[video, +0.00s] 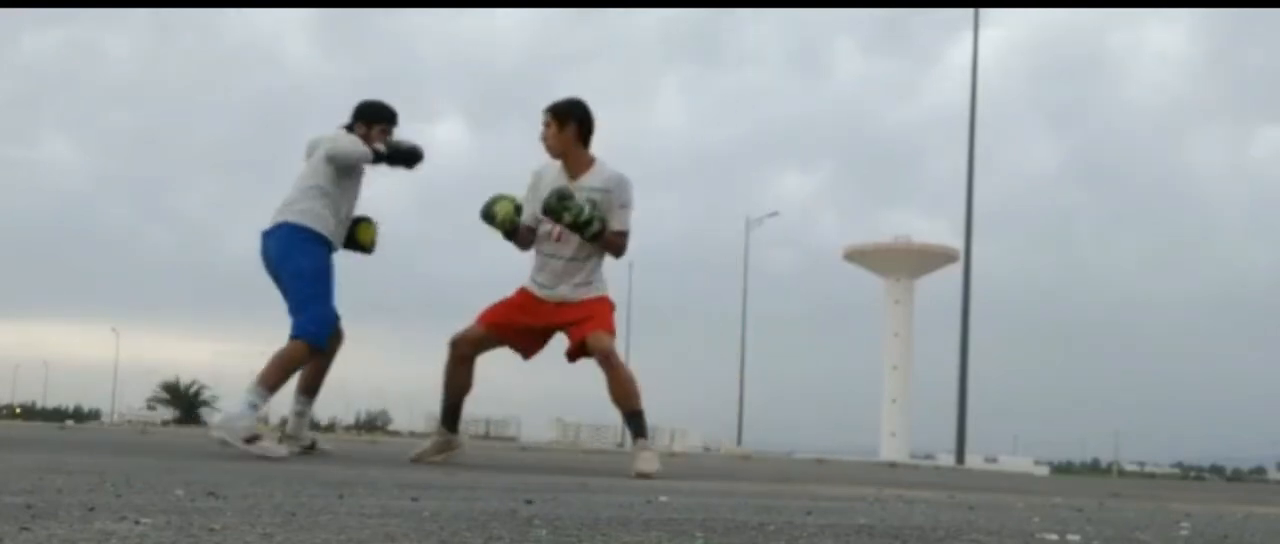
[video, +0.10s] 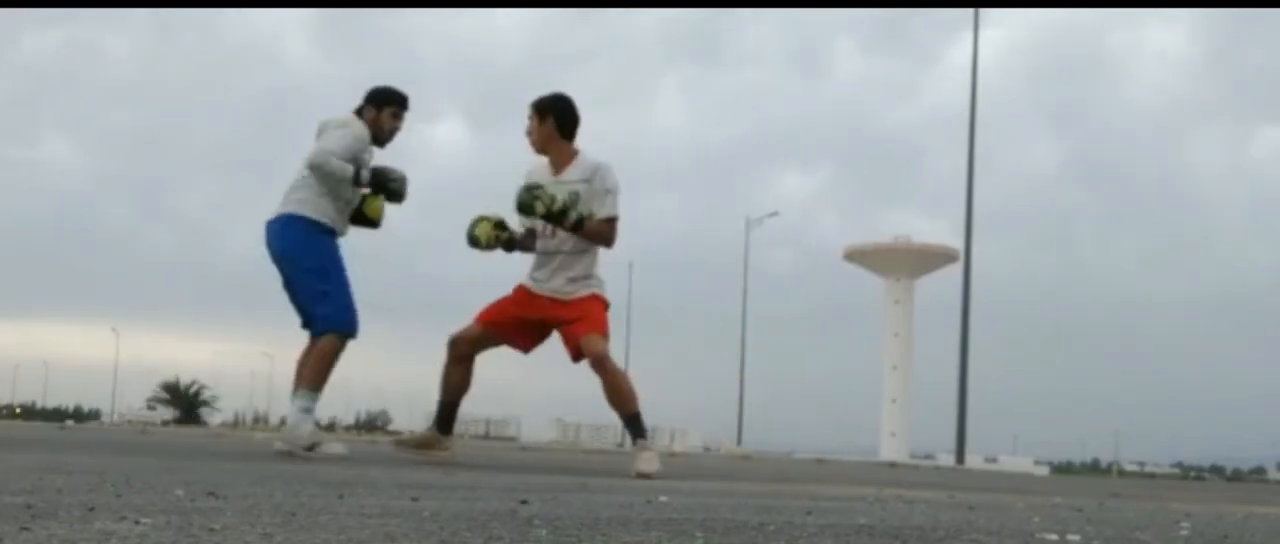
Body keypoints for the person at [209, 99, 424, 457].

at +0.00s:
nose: (385, 142)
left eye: (388, 136)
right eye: (382, 133)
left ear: (368, 131)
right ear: (363, 126)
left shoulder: (348, 163)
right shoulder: (340, 140)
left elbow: (319, 216)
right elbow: (339, 152)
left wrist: (347, 233)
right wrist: (384, 154)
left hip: (305, 242)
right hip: (297, 237)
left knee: (330, 336)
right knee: (314, 332)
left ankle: (297, 428)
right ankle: (242, 417)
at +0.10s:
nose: (397, 128)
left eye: (400, 121)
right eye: (394, 118)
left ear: (383, 116)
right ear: (372, 111)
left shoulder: (354, 141)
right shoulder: (353, 132)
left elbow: (331, 202)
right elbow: (320, 159)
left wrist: (359, 213)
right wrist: (364, 178)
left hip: (296, 229)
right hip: (305, 229)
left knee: (327, 329)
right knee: (337, 326)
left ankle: (298, 422)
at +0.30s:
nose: (385, 144)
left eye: (386, 137)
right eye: (384, 135)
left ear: (359, 127)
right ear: (371, 129)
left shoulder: (341, 151)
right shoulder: (352, 145)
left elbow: (362, 233)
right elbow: (321, 179)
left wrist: (388, 195)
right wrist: (366, 211)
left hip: (315, 251)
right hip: (324, 250)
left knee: (351, 338)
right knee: (366, 338)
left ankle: (309, 421)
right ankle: (321, 429)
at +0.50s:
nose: (389, 210)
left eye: (392, 204)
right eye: (391, 202)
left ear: (371, 188)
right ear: (382, 191)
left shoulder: (341, 202)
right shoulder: (365, 202)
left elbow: (339, 271)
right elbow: (344, 231)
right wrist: (364, 274)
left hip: (301, 283)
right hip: (314, 283)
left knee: (371, 353)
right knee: (372, 354)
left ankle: (346, 426)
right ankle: (324, 432)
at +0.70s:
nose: (368, 152)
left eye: (373, 146)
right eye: (362, 144)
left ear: (376, 152)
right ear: (346, 145)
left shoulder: (363, 203)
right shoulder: (315, 176)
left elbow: (363, 256)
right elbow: (280, 217)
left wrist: (354, 289)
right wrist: (313, 236)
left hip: (334, 277)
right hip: (300, 266)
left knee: (377, 347)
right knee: (321, 331)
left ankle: (352, 428)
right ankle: (272, 422)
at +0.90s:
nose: (335, 158)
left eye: (339, 152)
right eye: (329, 151)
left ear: (343, 156)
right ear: (312, 152)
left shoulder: (341, 198)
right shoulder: (286, 183)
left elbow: (348, 247)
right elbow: (267, 232)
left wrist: (341, 280)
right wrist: (308, 227)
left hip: (322, 285)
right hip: (282, 281)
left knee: (365, 347)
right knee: (267, 364)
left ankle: (348, 427)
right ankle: (231, 419)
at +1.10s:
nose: (324, 164)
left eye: (329, 158)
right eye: (318, 157)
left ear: (333, 161)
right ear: (302, 158)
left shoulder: (340, 200)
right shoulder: (277, 194)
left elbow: (350, 246)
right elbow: (263, 243)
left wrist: (336, 274)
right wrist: (297, 242)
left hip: (322, 289)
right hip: (280, 288)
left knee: (357, 347)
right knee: (256, 364)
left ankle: (359, 428)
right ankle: (233, 427)